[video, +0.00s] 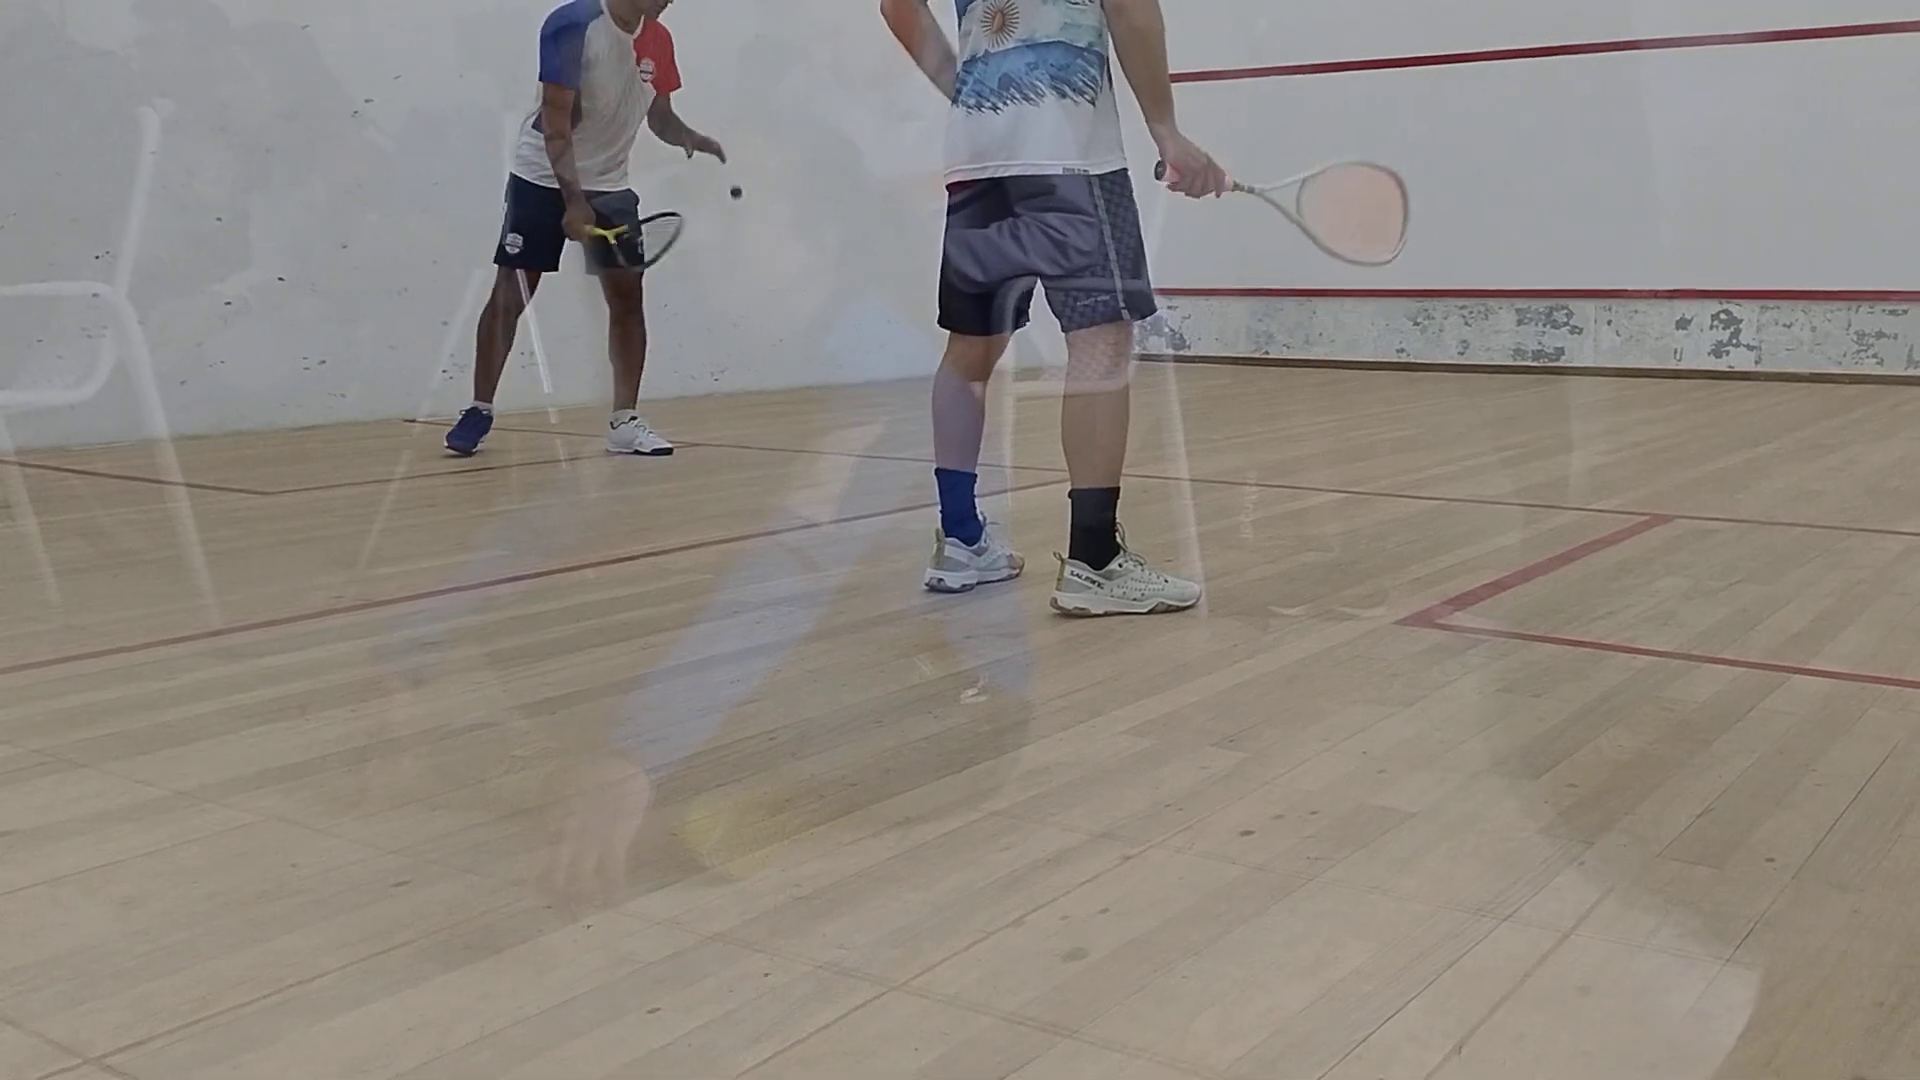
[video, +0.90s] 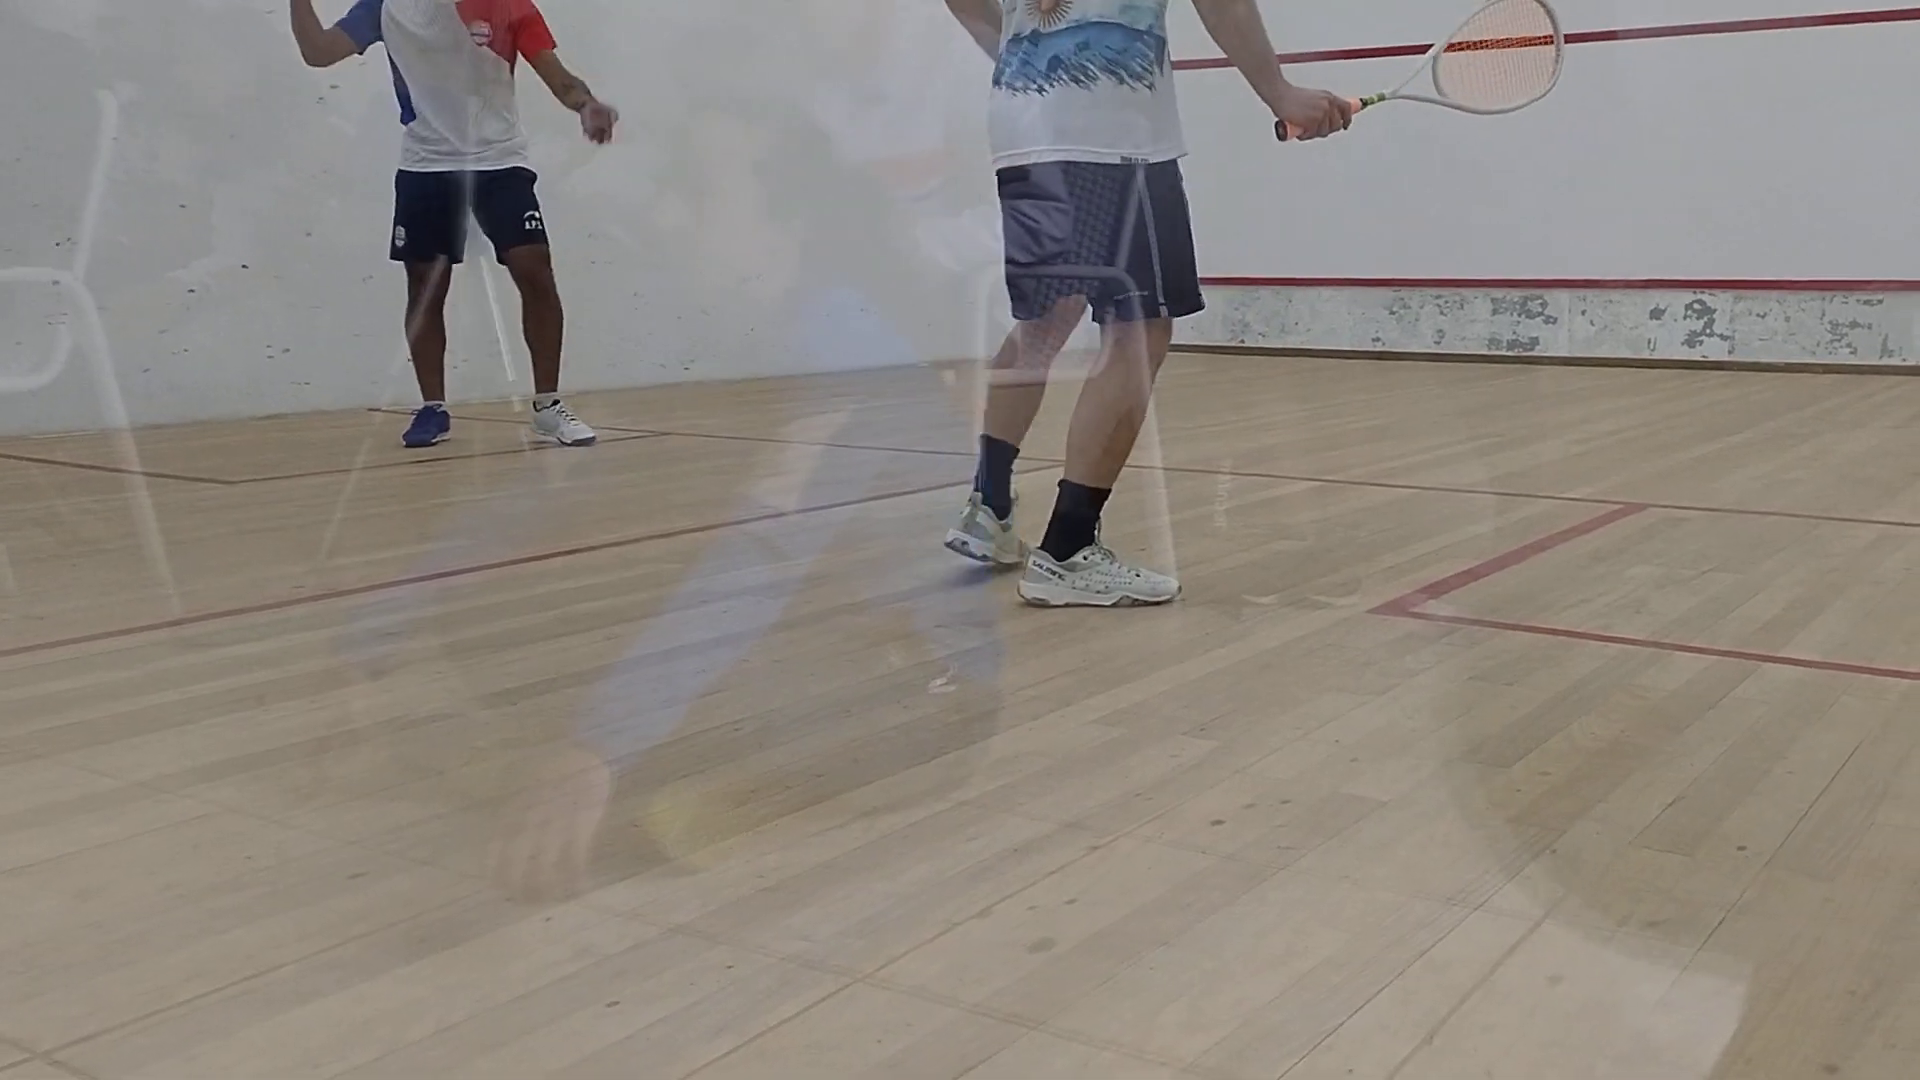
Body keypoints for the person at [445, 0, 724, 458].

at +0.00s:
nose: (664, 3)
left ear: (658, 4)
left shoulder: (657, 38)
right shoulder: (569, 27)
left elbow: (659, 115)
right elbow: (556, 126)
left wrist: (690, 138)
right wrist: (574, 200)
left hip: (608, 183)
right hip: (542, 180)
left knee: (628, 298)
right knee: (510, 296)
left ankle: (624, 422)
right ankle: (480, 409)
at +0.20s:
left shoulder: (623, 30)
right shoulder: (524, 16)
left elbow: (669, 110)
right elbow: (515, 100)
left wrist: (696, 90)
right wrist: (519, 174)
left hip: (585, 182)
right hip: (517, 177)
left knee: (614, 288)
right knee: (491, 292)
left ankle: (622, 419)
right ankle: (469, 413)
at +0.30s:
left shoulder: (600, 25)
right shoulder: (496, 17)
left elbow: (655, 99)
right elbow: (480, 96)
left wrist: (685, 83)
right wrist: (475, 146)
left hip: (566, 179)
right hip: (498, 178)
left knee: (602, 287)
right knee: (479, 297)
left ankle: (620, 419)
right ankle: (466, 415)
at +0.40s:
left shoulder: (576, 22)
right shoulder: (467, 15)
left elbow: (630, 96)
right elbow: (441, 95)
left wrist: (665, 90)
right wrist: (422, 116)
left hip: (549, 174)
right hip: (477, 173)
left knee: (587, 282)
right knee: (468, 292)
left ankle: (614, 417)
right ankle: (464, 415)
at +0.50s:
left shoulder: (554, 17)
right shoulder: (443, 12)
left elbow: (603, 98)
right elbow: (407, 89)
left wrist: (636, 117)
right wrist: (372, 78)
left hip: (535, 173)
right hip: (463, 172)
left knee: (574, 279)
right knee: (461, 290)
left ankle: (592, 417)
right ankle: (460, 414)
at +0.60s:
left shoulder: (533, 13)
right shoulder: (423, 9)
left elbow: (576, 97)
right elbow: (376, 77)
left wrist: (602, 139)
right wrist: (336, 43)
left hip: (523, 170)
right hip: (450, 169)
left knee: (556, 286)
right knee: (450, 294)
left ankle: (563, 416)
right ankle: (453, 413)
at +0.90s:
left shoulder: (506, 3)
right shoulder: (389, 6)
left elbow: (555, 73)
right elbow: (317, 51)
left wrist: (586, 103)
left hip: (500, 156)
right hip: (426, 160)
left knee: (536, 273)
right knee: (426, 284)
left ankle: (548, 406)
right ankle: (433, 408)